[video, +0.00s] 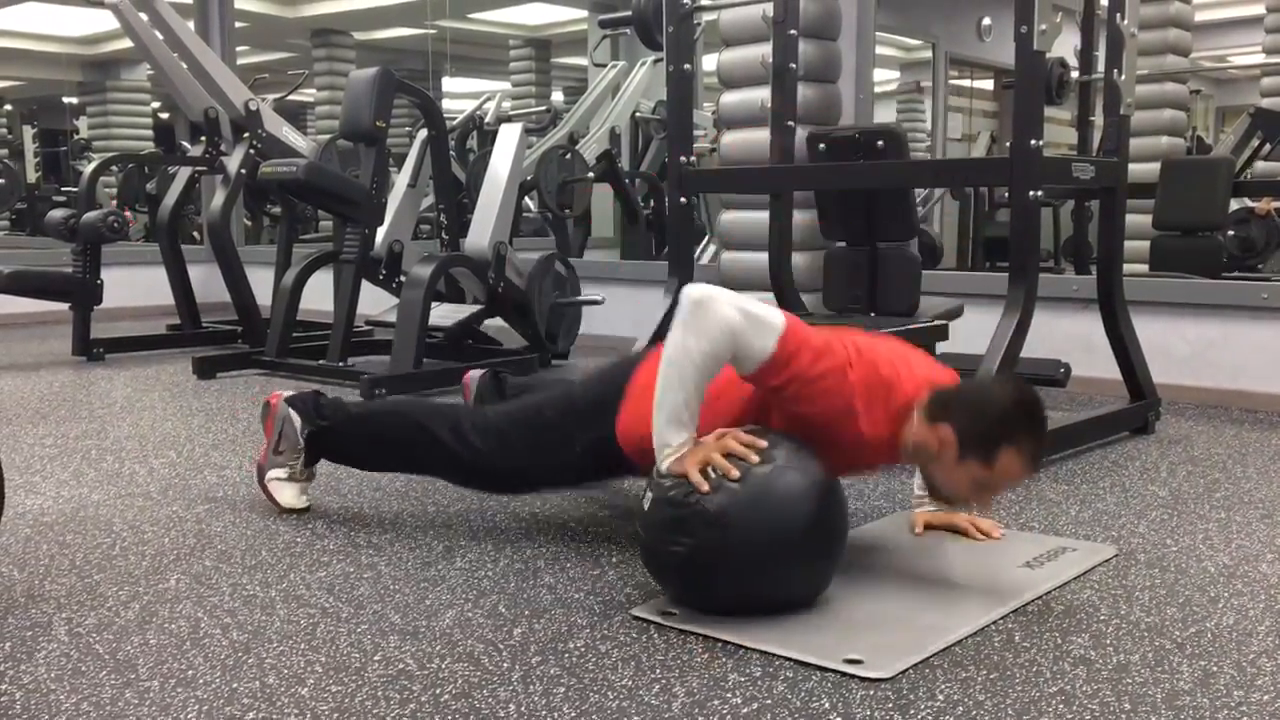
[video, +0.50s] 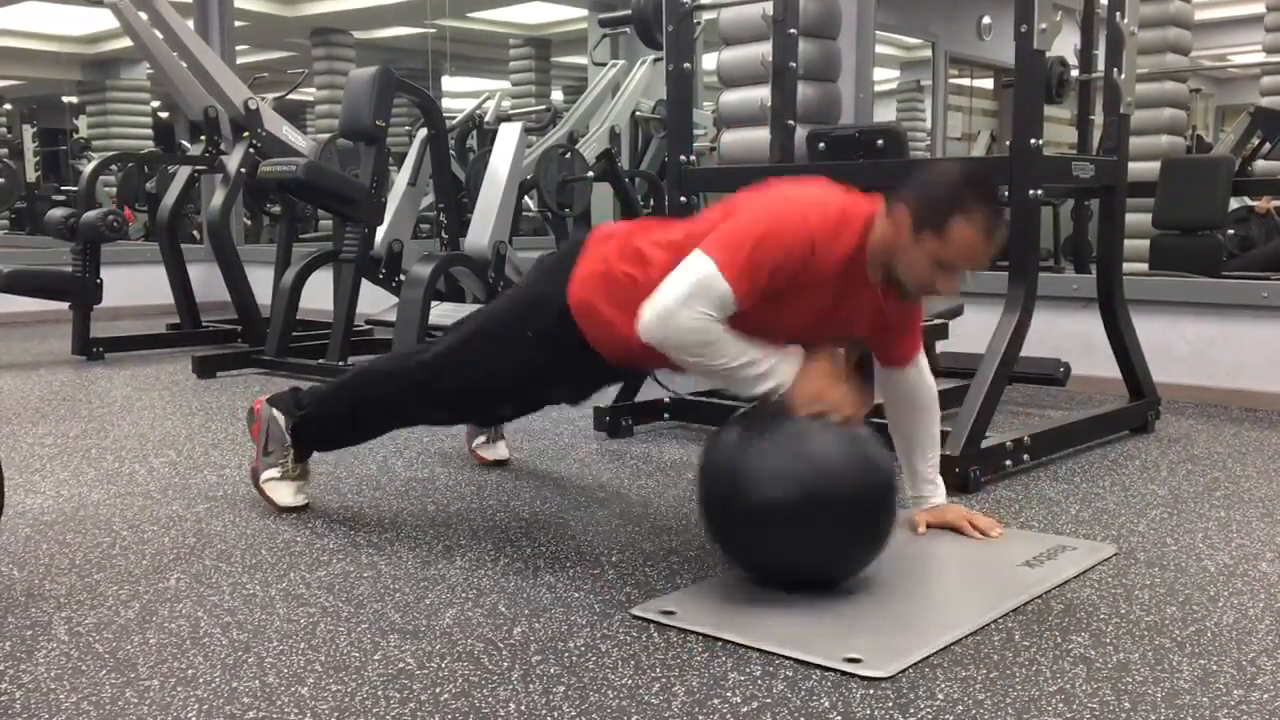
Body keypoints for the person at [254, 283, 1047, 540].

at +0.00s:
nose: (981, 499)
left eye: (997, 493)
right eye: (983, 485)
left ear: (969, 432)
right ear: (945, 435)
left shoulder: (941, 395)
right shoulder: (859, 378)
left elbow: (932, 426)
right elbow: (706, 306)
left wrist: (945, 497)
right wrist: (672, 438)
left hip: (673, 387)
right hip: (635, 406)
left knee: (525, 401)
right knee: (481, 445)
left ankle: (463, 389)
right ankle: (306, 421)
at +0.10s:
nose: (984, 540)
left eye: (999, 533)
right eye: (985, 526)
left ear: (961, 470)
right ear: (942, 478)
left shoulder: (952, 420)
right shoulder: (855, 407)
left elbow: (957, 403)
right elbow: (740, 309)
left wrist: (921, 497)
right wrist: (688, 447)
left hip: (692, 433)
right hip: (651, 435)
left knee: (579, 419)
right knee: (484, 460)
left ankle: (498, 381)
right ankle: (315, 420)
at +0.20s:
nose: (990, 522)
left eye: (1006, 515)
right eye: (989, 508)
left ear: (970, 462)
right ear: (946, 458)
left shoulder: (947, 418)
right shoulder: (863, 401)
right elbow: (732, 307)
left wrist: (941, 504)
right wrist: (687, 445)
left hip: (691, 430)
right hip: (655, 430)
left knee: (574, 413)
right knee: (485, 454)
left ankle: (490, 383)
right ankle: (315, 418)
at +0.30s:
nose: (989, 462)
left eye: (1004, 453)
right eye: (988, 443)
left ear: (965, 406)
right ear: (943, 397)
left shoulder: (921, 386)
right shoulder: (853, 363)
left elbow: (929, 420)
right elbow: (699, 300)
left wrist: (937, 495)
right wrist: (690, 438)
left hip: (673, 405)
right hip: (639, 384)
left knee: (505, 413)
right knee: (480, 434)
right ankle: (302, 420)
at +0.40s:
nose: (973, 380)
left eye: (985, 368)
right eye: (970, 362)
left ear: (960, 330)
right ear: (926, 318)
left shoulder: (923, 338)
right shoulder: (825, 296)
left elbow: (934, 404)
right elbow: (668, 303)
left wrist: (929, 495)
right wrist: (709, 430)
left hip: (659, 391)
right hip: (620, 338)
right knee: (463, 404)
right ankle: (295, 421)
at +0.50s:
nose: (949, 287)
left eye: (963, 275)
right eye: (946, 265)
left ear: (947, 254)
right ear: (900, 220)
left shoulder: (894, 288)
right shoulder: (798, 222)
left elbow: (910, 384)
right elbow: (666, 323)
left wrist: (928, 493)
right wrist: (787, 374)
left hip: (634, 339)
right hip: (588, 292)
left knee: (524, 387)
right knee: (446, 375)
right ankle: (289, 420)